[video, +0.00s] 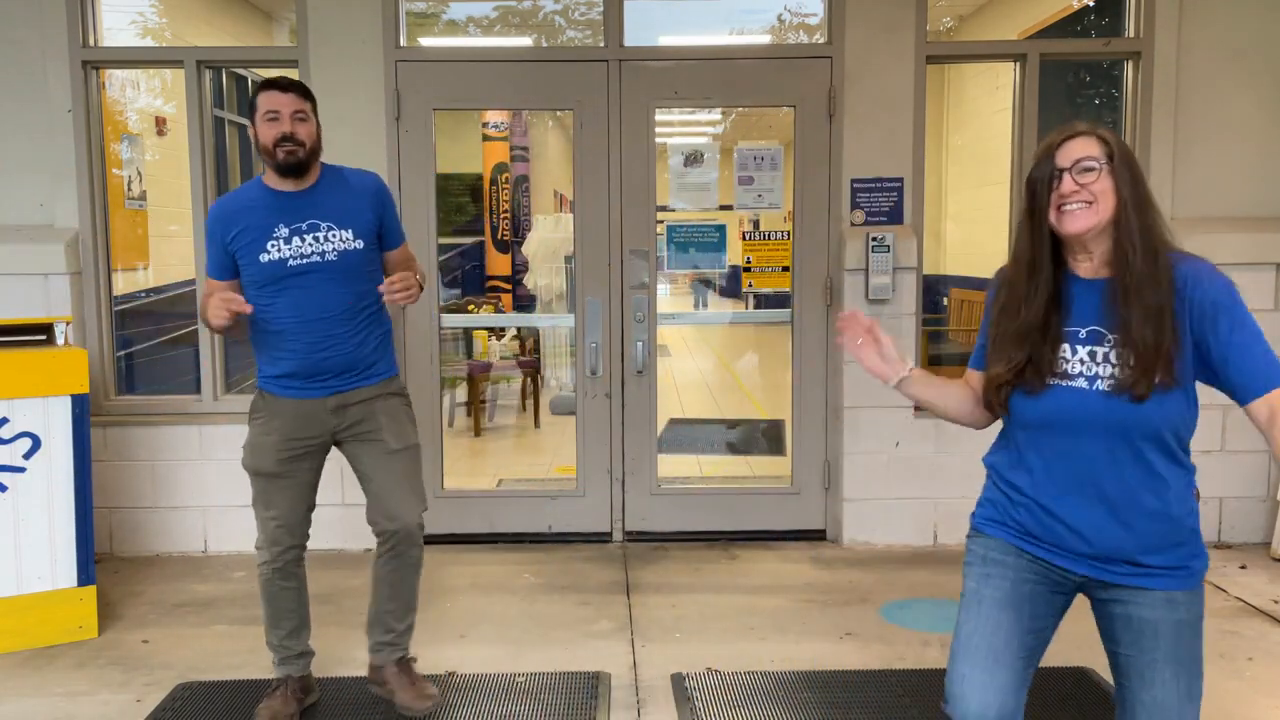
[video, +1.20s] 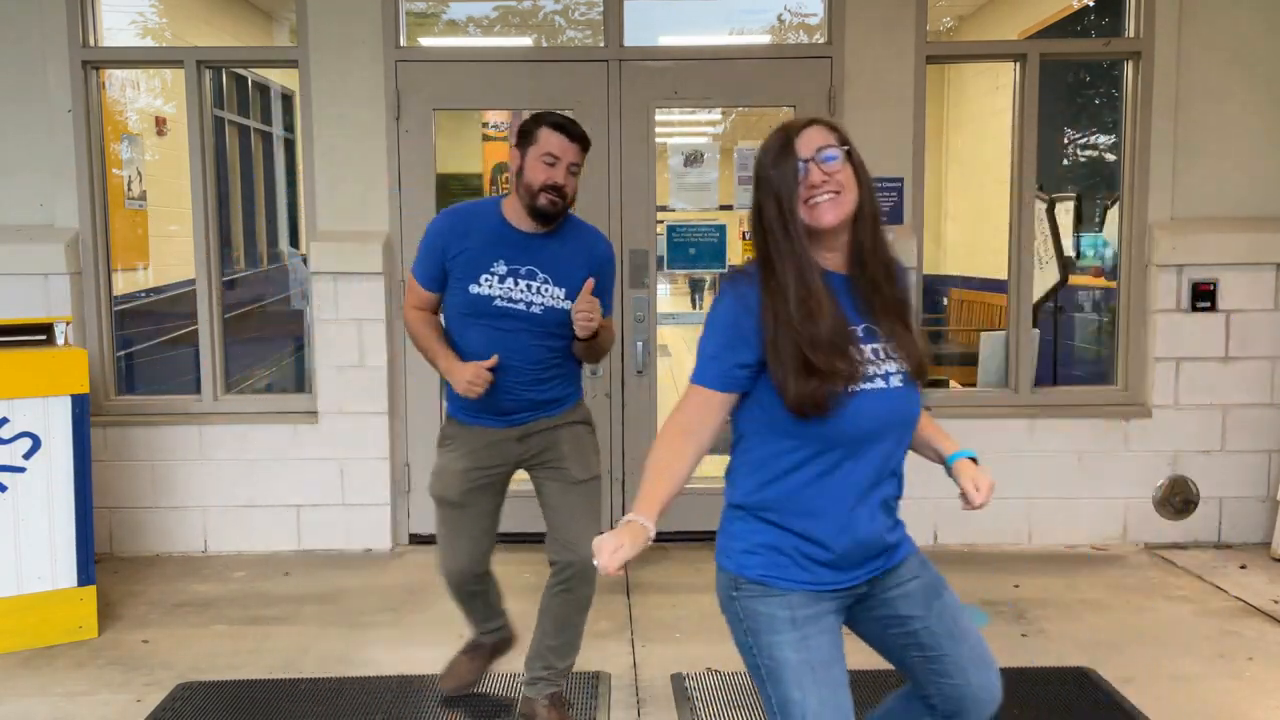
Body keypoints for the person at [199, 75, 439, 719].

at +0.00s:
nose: (288, 129)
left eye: (299, 117)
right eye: (273, 119)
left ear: (318, 128)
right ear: (253, 133)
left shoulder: (365, 191)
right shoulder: (230, 214)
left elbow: (406, 269)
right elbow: (214, 302)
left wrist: (403, 283)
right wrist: (219, 307)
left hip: (372, 396)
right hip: (284, 405)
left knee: (404, 524)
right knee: (278, 547)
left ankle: (390, 659)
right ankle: (292, 675)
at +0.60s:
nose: (328, 146)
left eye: (340, 135)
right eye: (315, 133)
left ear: (355, 147)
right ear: (289, 143)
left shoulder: (392, 209)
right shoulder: (253, 221)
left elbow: (406, 293)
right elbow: (205, 297)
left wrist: (425, 287)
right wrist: (238, 334)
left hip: (386, 409)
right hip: (295, 419)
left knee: (437, 533)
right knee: (282, 559)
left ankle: (463, 669)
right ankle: (292, 678)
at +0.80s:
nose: (397, 151)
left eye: (410, 142)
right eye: (384, 137)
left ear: (423, 153)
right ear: (357, 142)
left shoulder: (449, 209)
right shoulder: (313, 202)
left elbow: (492, 269)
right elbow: (213, 240)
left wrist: (506, 272)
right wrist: (241, 287)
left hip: (421, 414)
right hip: (328, 416)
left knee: (475, 545)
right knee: (298, 558)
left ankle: (523, 674)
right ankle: (292, 679)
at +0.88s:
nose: (432, 164)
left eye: (446, 154)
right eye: (420, 148)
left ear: (457, 163)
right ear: (392, 152)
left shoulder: (484, 224)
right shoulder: (345, 213)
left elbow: (537, 276)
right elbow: (238, 246)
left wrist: (539, 284)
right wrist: (247, 299)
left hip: (445, 422)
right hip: (351, 425)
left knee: (496, 550)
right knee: (310, 561)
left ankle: (537, 692)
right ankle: (293, 680)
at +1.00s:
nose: (485, 165)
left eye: (500, 156)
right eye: (474, 149)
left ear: (512, 165)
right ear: (445, 149)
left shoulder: (531, 226)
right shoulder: (390, 213)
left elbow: (569, 290)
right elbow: (305, 271)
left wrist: (563, 304)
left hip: (490, 417)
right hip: (399, 417)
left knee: (528, 551)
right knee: (348, 550)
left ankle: (540, 691)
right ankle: (306, 674)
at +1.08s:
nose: (521, 167)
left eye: (534, 158)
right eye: (510, 151)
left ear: (544, 167)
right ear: (480, 149)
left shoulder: (561, 234)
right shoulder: (419, 218)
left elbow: (569, 313)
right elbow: (371, 297)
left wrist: (573, 315)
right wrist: (403, 343)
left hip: (521, 417)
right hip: (429, 418)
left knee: (551, 550)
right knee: (389, 552)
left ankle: (543, 690)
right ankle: (367, 662)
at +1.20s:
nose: (560, 178)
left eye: (571, 169)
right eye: (548, 162)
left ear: (579, 177)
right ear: (515, 160)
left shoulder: (592, 249)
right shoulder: (455, 228)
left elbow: (597, 350)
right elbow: (416, 308)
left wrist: (589, 329)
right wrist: (450, 365)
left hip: (560, 425)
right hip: (474, 428)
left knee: (577, 560)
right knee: (460, 566)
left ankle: (546, 690)